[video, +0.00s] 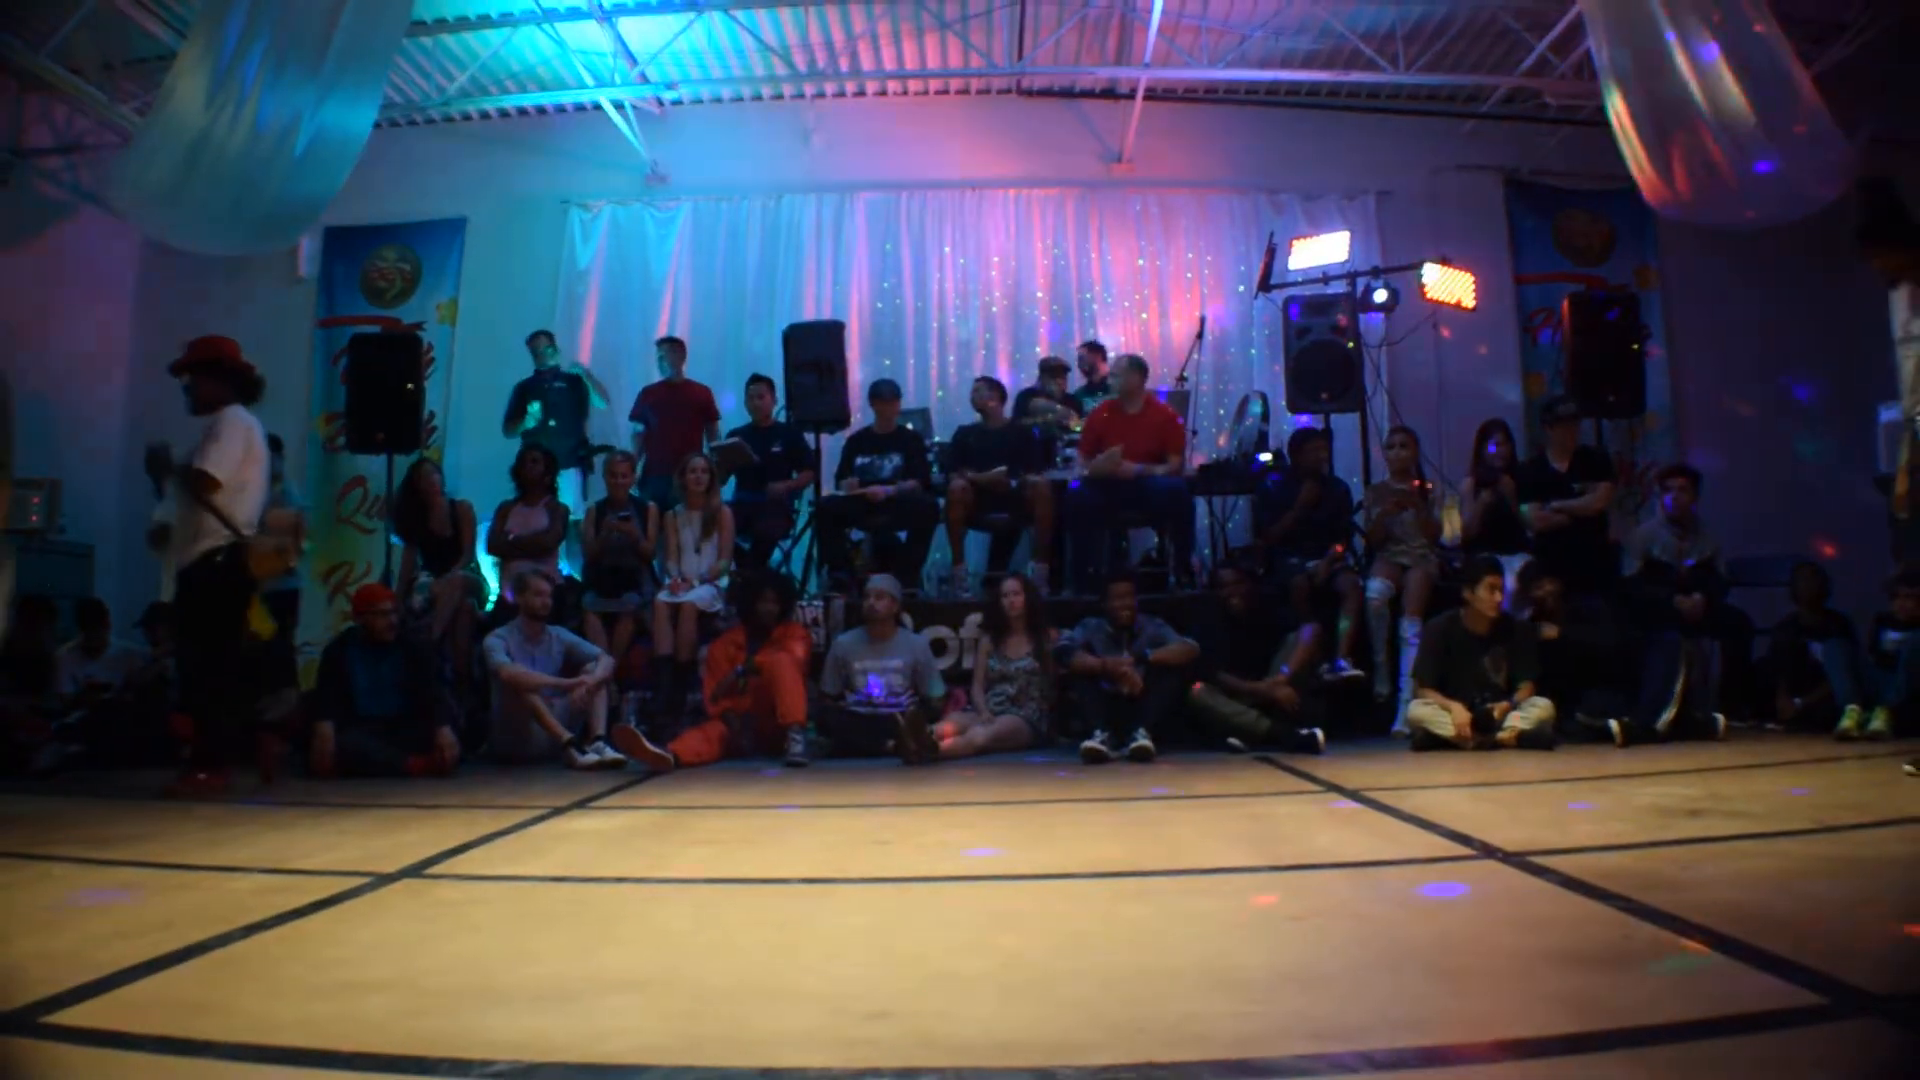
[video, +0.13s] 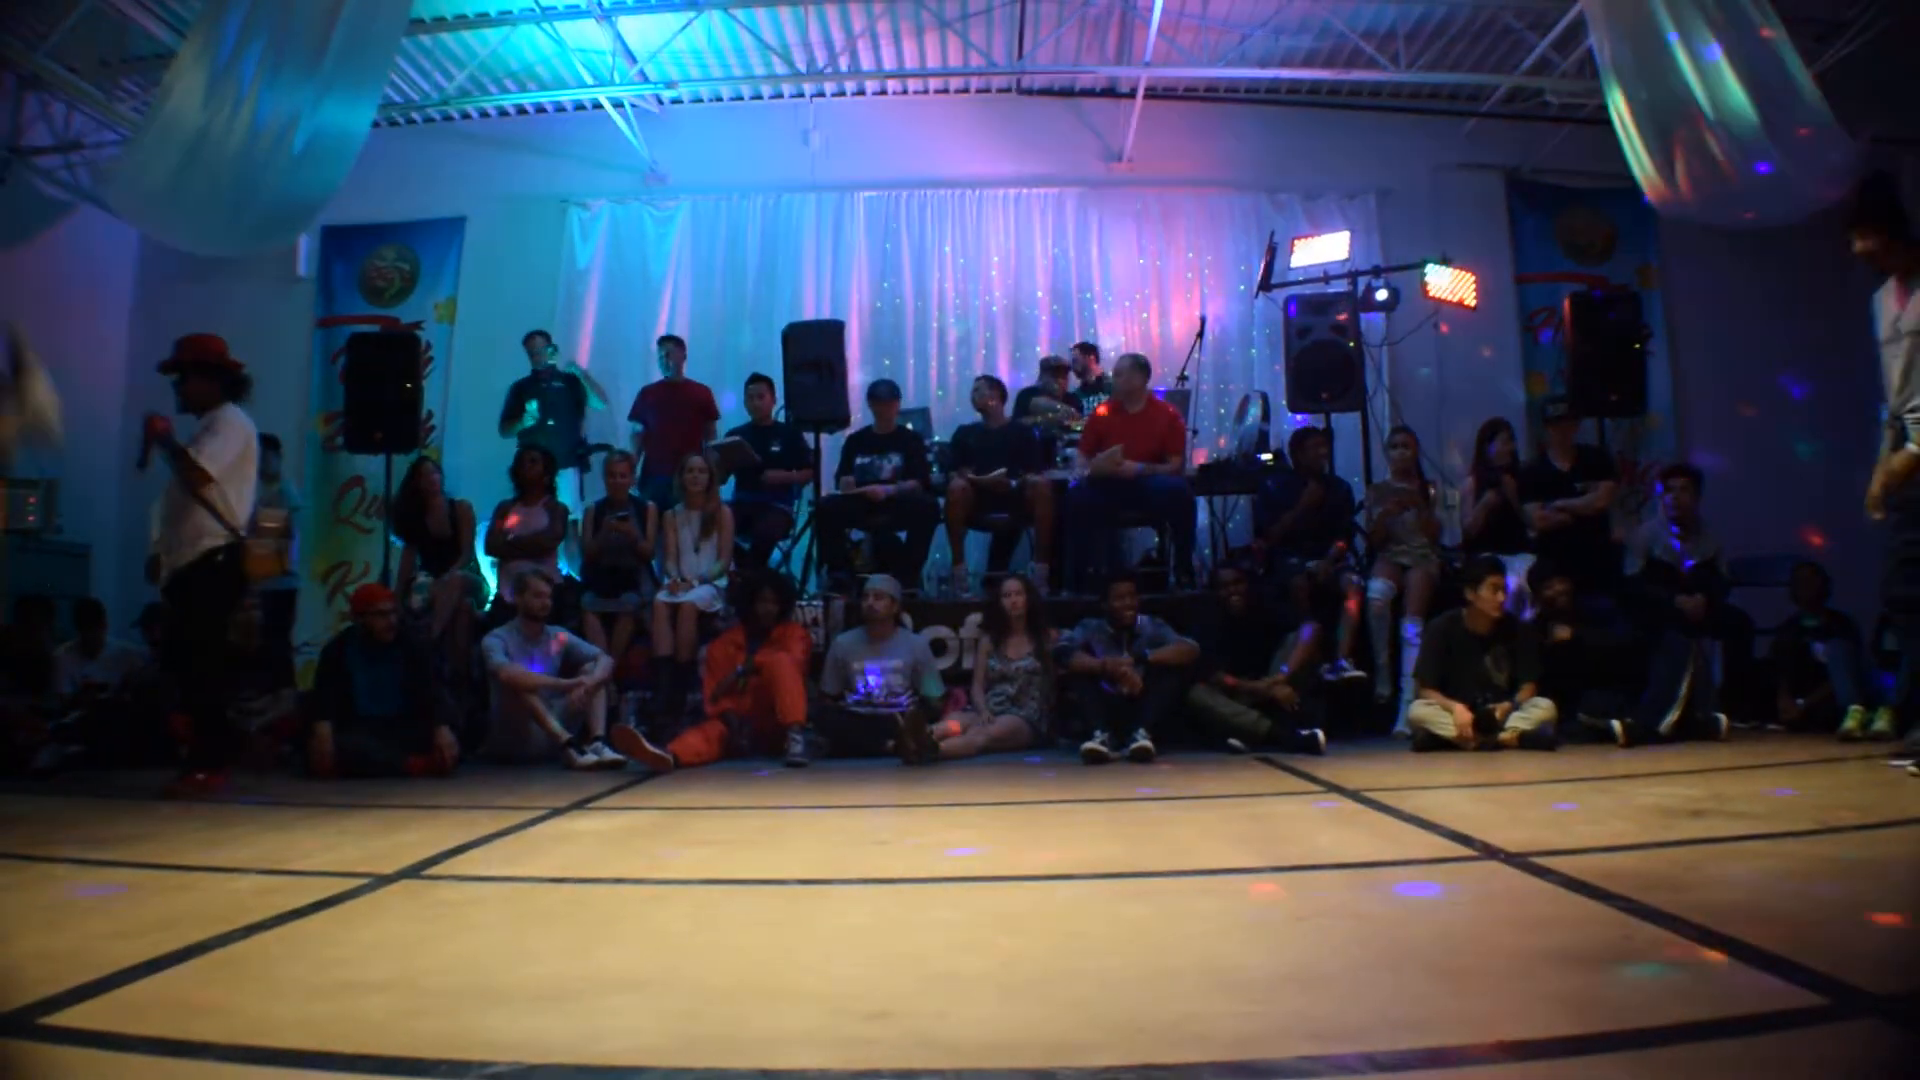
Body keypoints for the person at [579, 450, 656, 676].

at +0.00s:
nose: (619, 481)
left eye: (625, 476)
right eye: (613, 476)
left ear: (633, 477)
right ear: (605, 478)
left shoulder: (647, 509)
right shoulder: (594, 510)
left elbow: (649, 551)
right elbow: (589, 552)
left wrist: (633, 533)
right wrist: (606, 534)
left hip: (634, 575)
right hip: (601, 576)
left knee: (628, 609)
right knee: (590, 608)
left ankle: (610, 669)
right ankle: (603, 670)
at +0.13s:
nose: (617, 481)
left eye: (623, 476)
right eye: (612, 476)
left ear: (632, 478)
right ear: (605, 478)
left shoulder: (647, 509)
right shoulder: (593, 511)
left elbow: (648, 551)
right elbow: (587, 552)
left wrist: (630, 532)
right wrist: (606, 533)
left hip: (632, 574)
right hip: (600, 574)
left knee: (627, 606)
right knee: (589, 606)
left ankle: (610, 669)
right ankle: (602, 673)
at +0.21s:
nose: (617, 481)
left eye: (623, 475)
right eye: (612, 476)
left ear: (631, 478)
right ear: (604, 478)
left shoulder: (646, 508)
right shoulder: (593, 511)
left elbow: (648, 551)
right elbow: (587, 552)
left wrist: (631, 533)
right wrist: (605, 533)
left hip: (632, 574)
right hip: (600, 574)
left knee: (627, 608)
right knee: (589, 608)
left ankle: (609, 671)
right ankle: (604, 675)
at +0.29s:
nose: (617, 481)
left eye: (623, 475)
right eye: (612, 476)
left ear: (632, 478)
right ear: (604, 478)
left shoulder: (646, 508)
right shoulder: (593, 511)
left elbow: (648, 551)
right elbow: (588, 552)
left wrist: (631, 532)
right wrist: (603, 532)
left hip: (632, 574)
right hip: (600, 574)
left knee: (627, 607)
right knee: (589, 608)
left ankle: (609, 671)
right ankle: (603, 673)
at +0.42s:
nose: (617, 481)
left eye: (623, 476)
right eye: (612, 476)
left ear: (632, 478)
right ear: (604, 478)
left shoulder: (646, 509)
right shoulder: (593, 511)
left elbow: (648, 550)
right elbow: (587, 552)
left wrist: (631, 532)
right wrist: (603, 533)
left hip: (631, 573)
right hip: (600, 574)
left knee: (627, 607)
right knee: (588, 606)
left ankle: (610, 670)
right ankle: (602, 674)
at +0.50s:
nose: (617, 481)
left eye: (623, 476)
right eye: (612, 476)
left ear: (631, 478)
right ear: (604, 478)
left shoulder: (646, 509)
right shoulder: (592, 511)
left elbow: (648, 551)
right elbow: (587, 552)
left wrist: (631, 532)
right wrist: (603, 533)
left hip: (631, 573)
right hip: (600, 573)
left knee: (627, 606)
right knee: (589, 606)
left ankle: (611, 671)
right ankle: (603, 675)